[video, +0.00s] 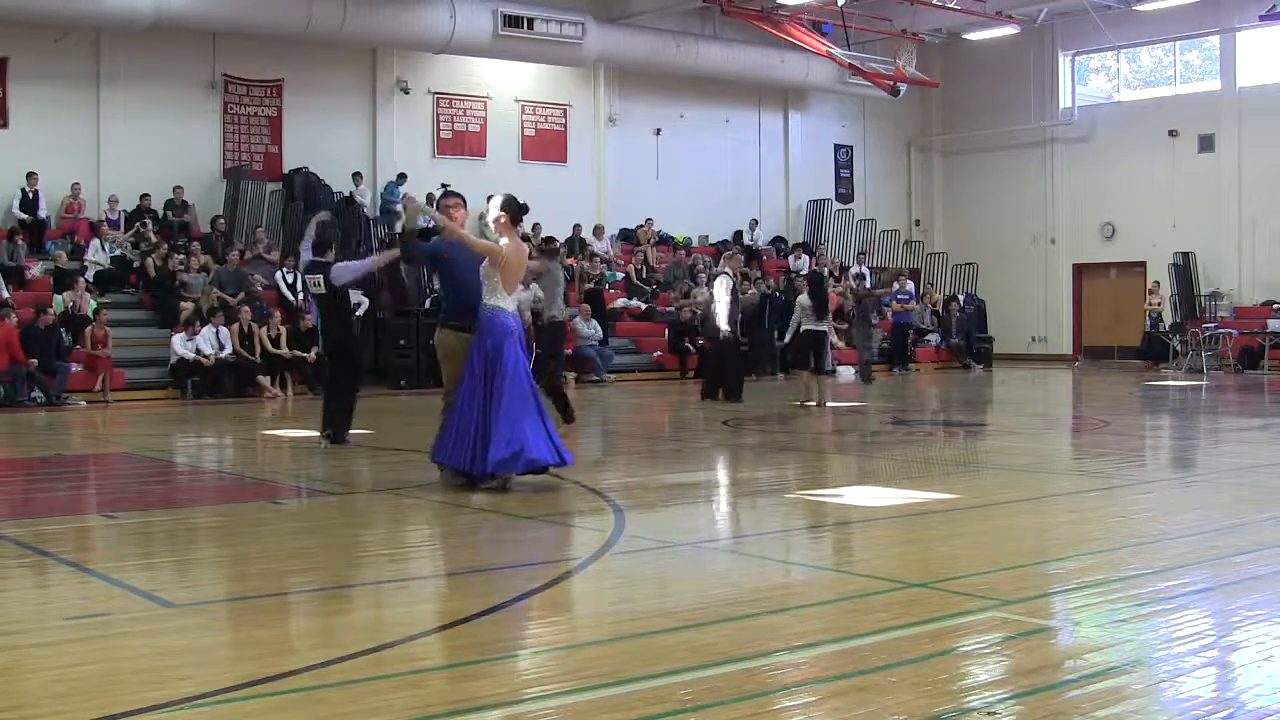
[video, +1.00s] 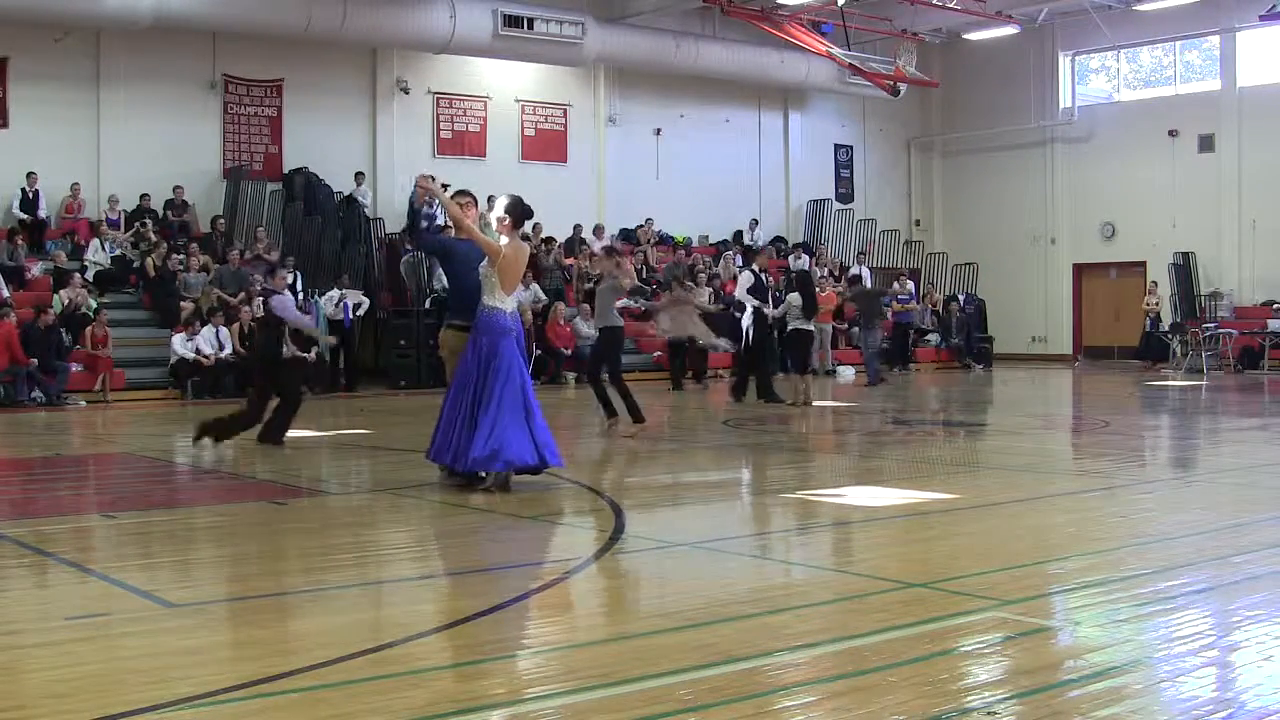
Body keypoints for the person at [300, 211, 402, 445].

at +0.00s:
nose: (337, 251)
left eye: (334, 248)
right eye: (335, 248)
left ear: (313, 250)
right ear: (331, 250)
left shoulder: (308, 269)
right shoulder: (336, 271)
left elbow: (306, 243)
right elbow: (371, 263)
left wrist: (314, 221)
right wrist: (401, 251)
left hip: (327, 332)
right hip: (343, 332)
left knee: (334, 378)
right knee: (348, 379)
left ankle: (328, 427)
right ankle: (338, 432)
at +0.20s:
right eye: (326, 242)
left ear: (307, 245)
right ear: (324, 244)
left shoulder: (303, 260)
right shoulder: (327, 259)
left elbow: (298, 234)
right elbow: (353, 231)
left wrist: (306, 208)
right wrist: (356, 207)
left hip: (322, 320)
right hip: (338, 320)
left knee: (330, 369)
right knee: (346, 369)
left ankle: (317, 418)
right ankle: (336, 425)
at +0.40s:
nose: (325, 243)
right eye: (321, 241)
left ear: (305, 249)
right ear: (314, 246)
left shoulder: (306, 263)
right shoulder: (314, 261)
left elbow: (288, 253)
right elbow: (322, 237)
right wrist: (324, 211)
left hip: (322, 323)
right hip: (331, 323)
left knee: (314, 374)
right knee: (338, 375)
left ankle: (288, 418)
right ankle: (337, 426)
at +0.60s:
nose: (313, 263)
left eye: (312, 259)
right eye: (311, 259)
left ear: (292, 259)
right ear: (303, 259)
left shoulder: (284, 275)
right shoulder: (301, 276)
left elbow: (266, 289)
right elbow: (292, 295)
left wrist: (261, 284)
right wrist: (280, 311)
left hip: (297, 340)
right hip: (308, 341)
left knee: (297, 388)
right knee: (334, 379)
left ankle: (274, 431)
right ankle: (335, 428)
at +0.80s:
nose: (297, 276)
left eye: (297, 273)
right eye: (295, 273)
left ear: (281, 274)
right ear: (284, 274)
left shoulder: (277, 290)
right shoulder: (285, 292)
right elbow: (296, 326)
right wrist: (306, 324)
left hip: (276, 350)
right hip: (284, 351)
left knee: (299, 393)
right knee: (315, 386)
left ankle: (273, 432)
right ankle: (310, 432)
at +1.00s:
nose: (287, 281)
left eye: (286, 277)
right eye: (282, 278)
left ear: (273, 281)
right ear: (272, 279)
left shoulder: (265, 298)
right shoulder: (279, 300)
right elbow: (299, 321)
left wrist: (302, 354)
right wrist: (322, 337)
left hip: (264, 360)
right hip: (269, 361)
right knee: (292, 398)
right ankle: (271, 435)